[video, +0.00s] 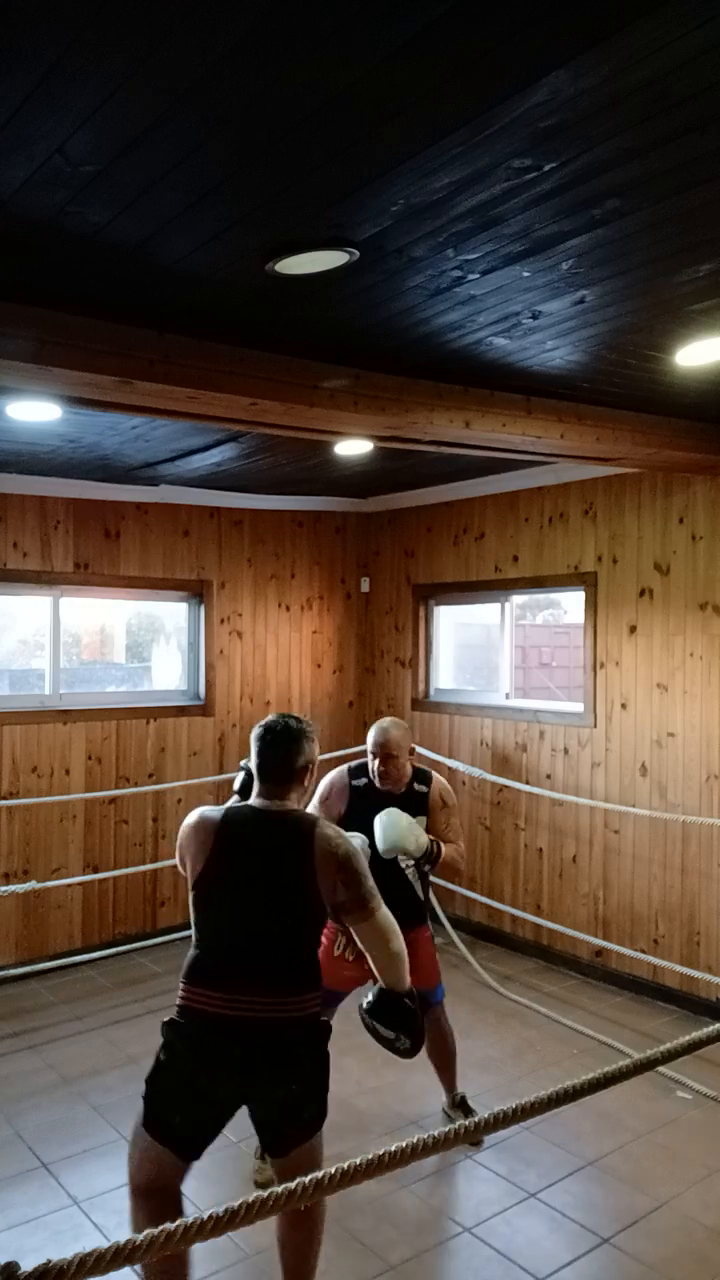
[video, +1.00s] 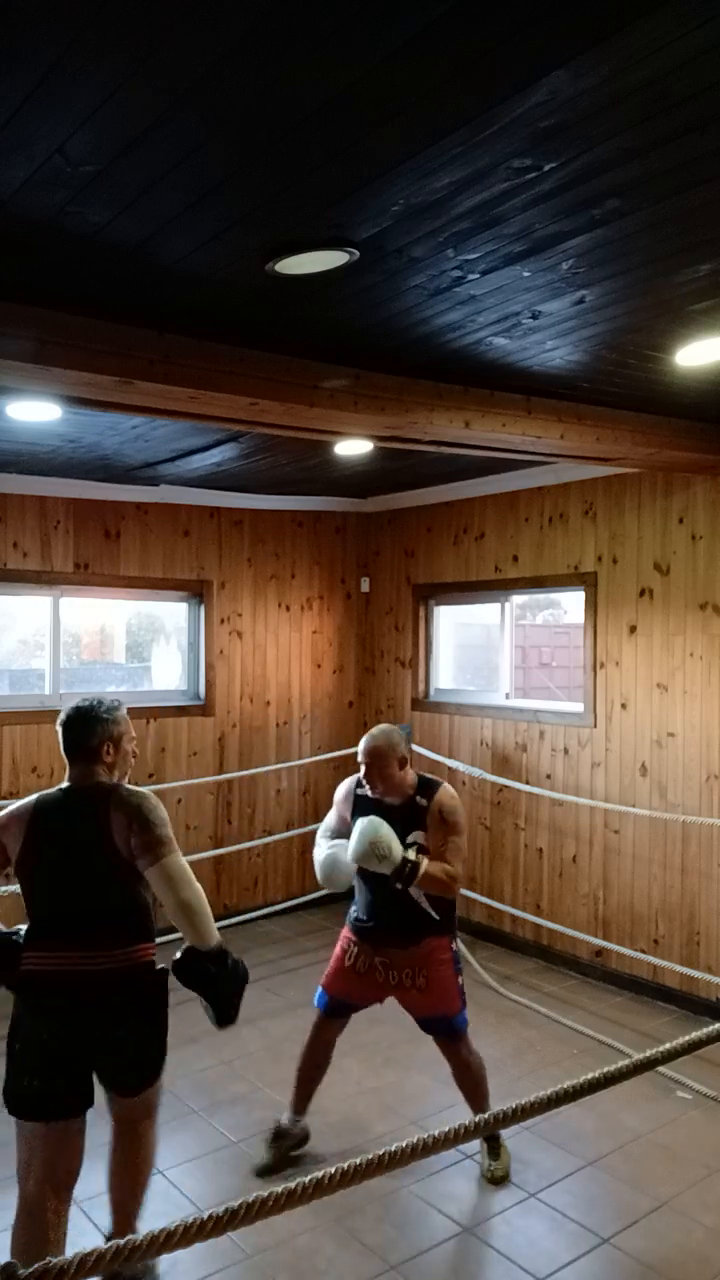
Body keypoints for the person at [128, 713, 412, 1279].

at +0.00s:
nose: (317, 772)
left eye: (315, 764)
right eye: (316, 765)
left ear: (248, 767)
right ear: (309, 772)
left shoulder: (198, 829)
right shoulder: (333, 846)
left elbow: (202, 881)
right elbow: (378, 931)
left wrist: (243, 796)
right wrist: (398, 999)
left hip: (203, 1042)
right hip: (293, 1046)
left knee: (152, 1181)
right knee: (300, 1181)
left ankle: (167, 1276)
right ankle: (299, 1275)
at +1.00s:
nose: (135, 750)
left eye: (133, 739)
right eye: (130, 740)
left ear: (69, 753)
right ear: (110, 749)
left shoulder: (20, 818)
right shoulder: (135, 810)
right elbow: (183, 896)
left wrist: (4, 946)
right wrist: (212, 958)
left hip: (45, 1002)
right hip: (128, 1001)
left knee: (44, 1181)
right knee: (133, 1123)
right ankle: (122, 1248)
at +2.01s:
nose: (130, 747)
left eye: (133, 737)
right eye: (124, 736)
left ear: (90, 736)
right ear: (94, 733)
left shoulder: (58, 764)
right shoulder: (73, 768)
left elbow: (127, 787)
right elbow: (105, 799)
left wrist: (155, 760)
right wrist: (149, 751)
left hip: (32, 919)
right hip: (64, 926)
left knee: (19, 1028)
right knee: (97, 1023)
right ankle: (82, 1131)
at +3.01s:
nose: (126, 737)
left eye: (133, 730)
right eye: (119, 728)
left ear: (138, 731)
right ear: (99, 723)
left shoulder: (122, 771)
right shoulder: (71, 758)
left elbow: (125, 819)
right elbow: (57, 794)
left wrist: (144, 862)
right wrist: (108, 755)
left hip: (98, 887)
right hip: (60, 889)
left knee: (79, 982)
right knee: (87, 992)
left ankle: (44, 1063)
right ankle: (62, 1100)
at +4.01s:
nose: (128, 733)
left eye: (134, 726)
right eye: (122, 725)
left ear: (139, 728)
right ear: (104, 724)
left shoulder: (140, 762)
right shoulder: (82, 764)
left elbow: (161, 801)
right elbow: (43, 773)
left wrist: (135, 758)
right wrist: (83, 733)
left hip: (129, 873)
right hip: (82, 877)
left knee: (122, 960)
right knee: (91, 990)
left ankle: (99, 1035)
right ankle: (70, 1095)